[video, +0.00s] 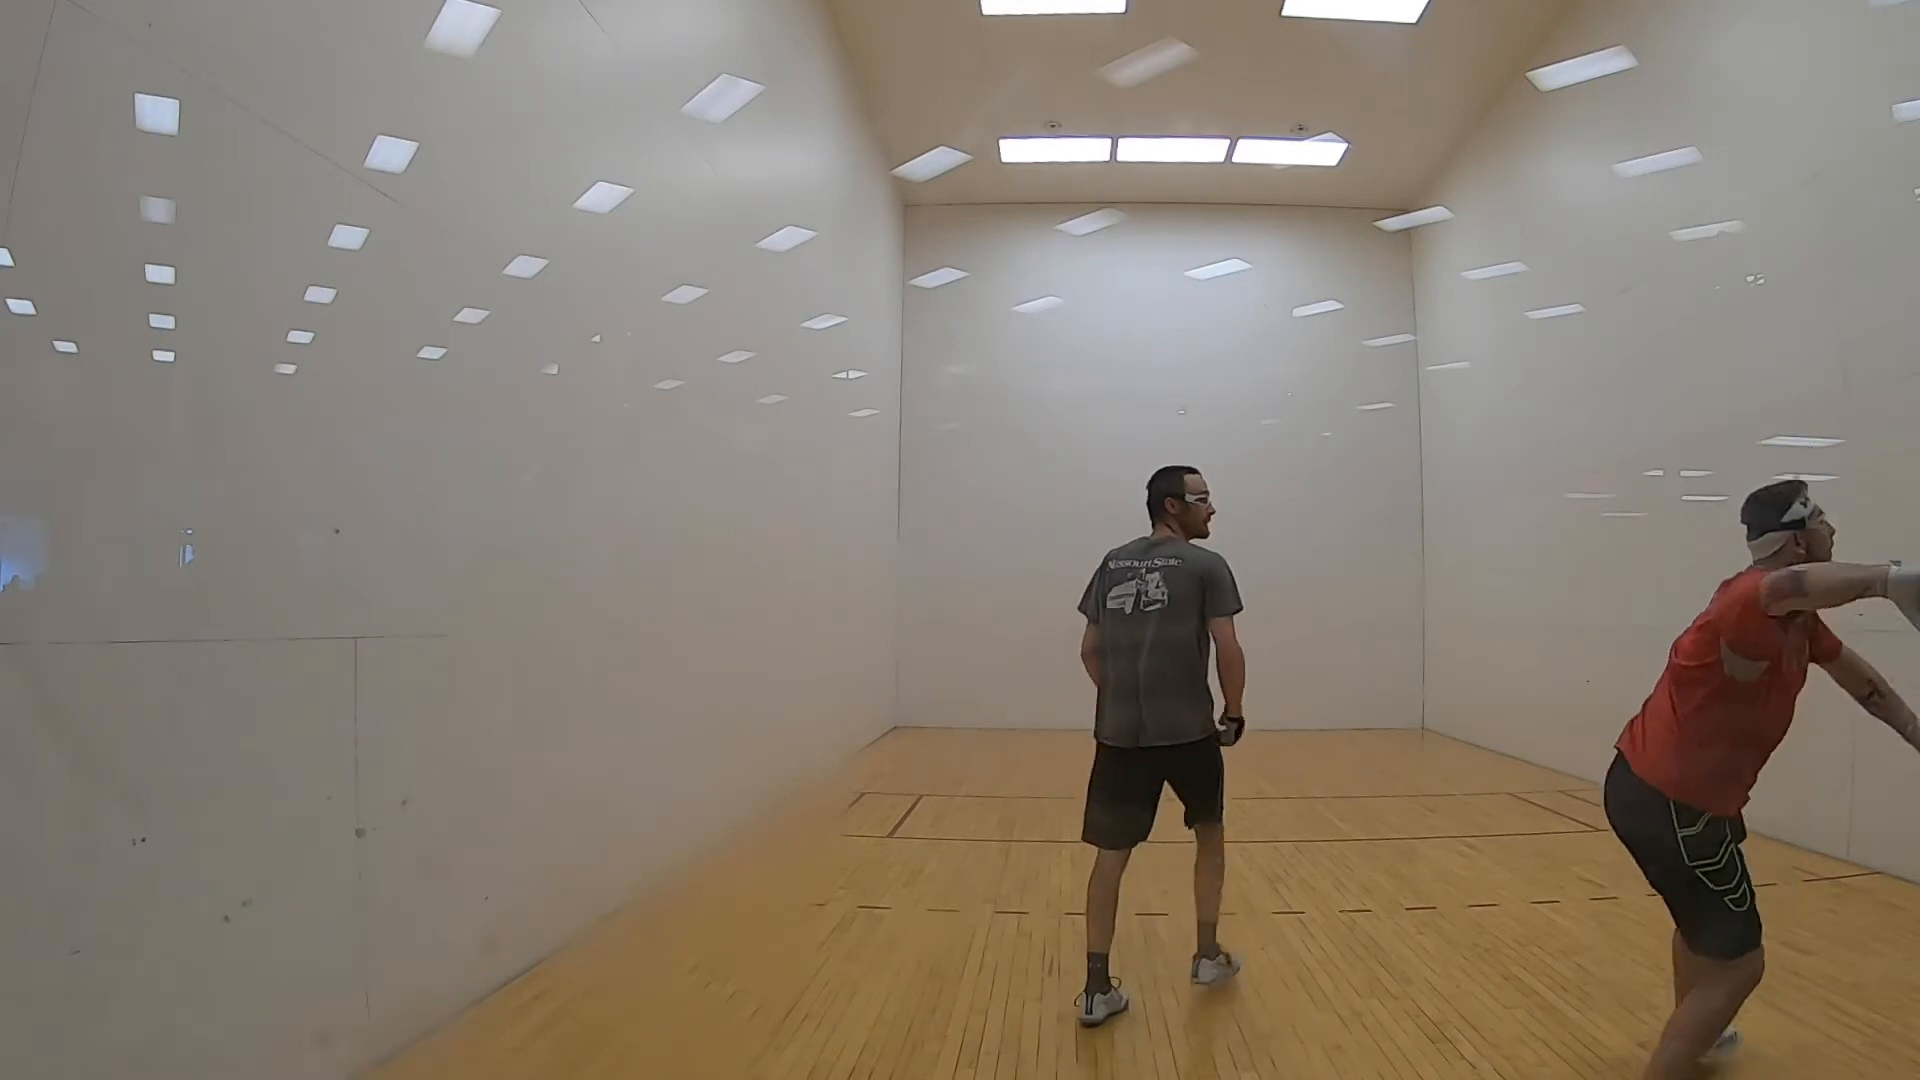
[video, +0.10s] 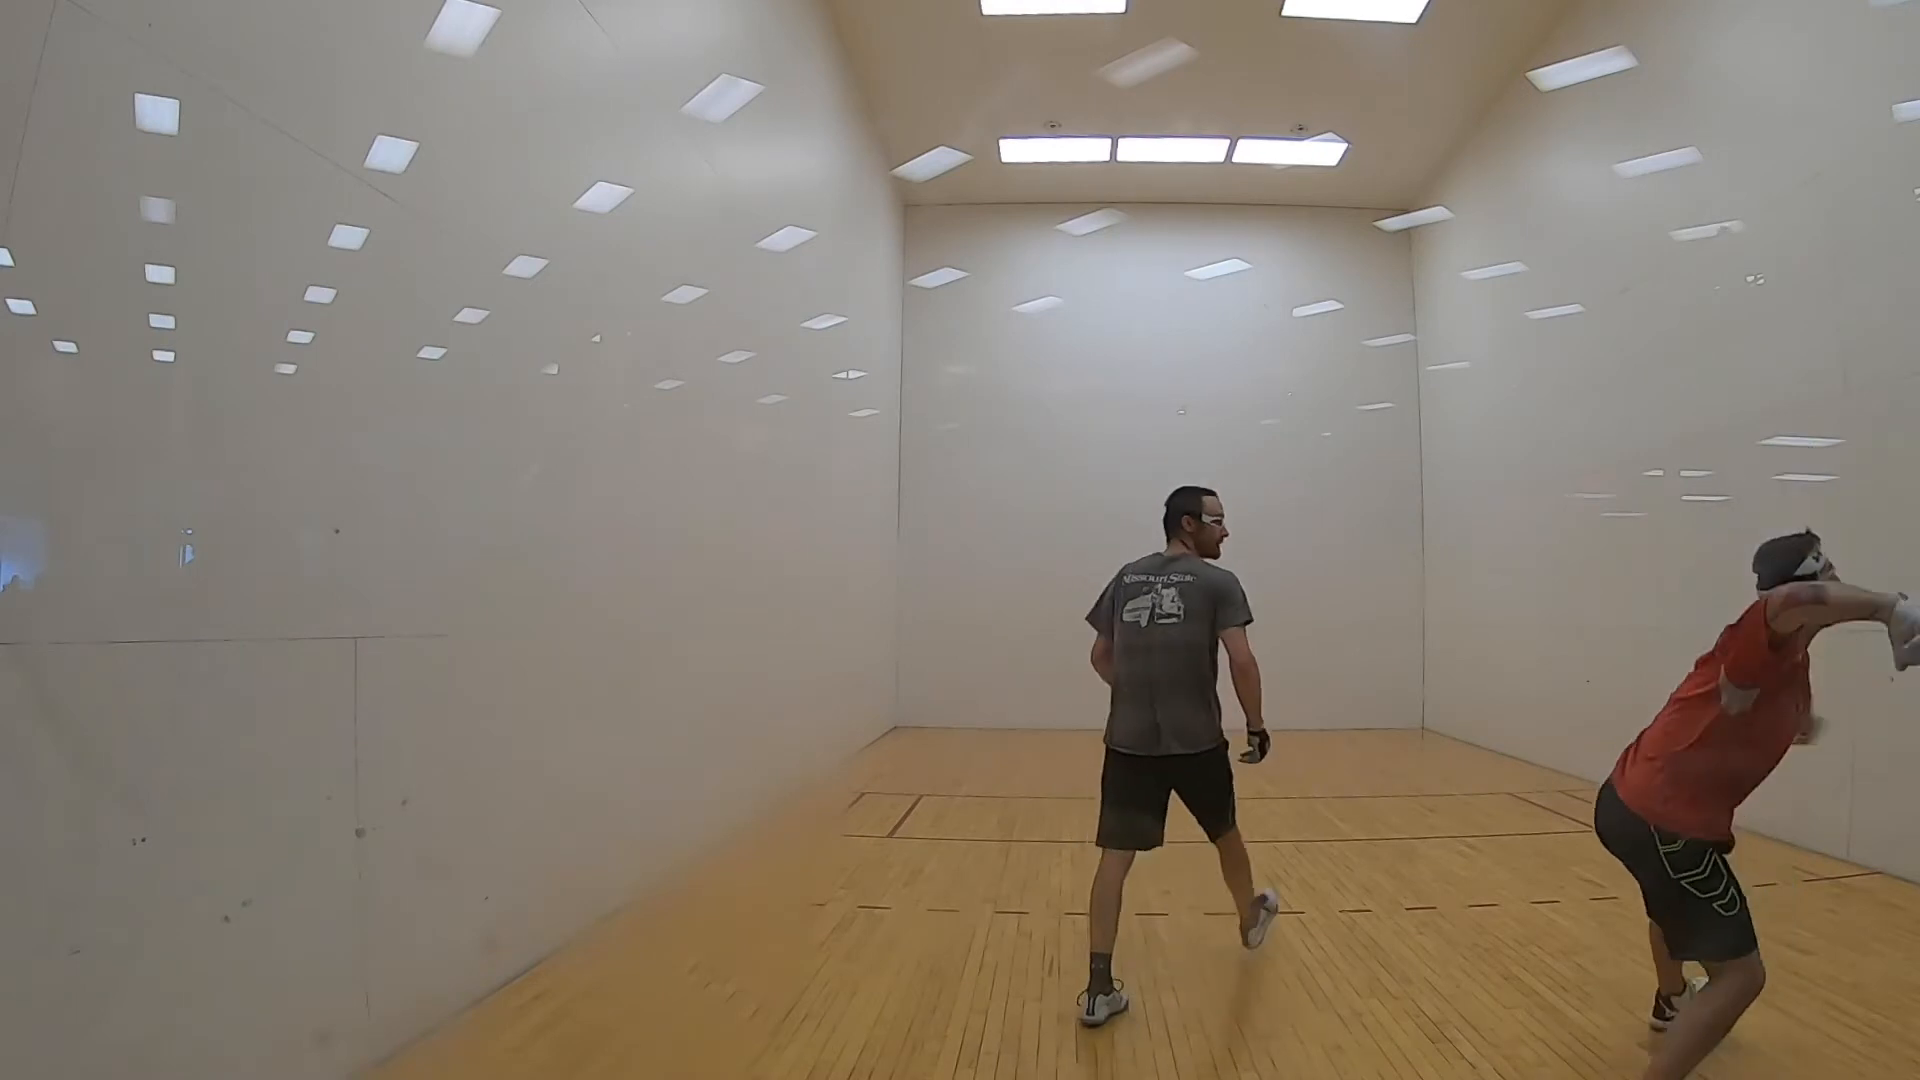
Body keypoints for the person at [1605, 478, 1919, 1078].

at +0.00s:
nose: (1833, 547)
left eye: (1830, 537)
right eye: (1826, 537)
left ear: (1778, 546)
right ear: (1796, 546)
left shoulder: (1800, 622)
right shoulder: (1749, 597)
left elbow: (1867, 686)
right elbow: (1793, 583)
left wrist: (1915, 732)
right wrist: (1893, 579)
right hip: (1671, 806)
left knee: (1703, 925)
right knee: (1739, 966)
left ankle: (1694, 1033)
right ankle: (1666, 1067)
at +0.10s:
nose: (1837, 578)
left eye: (1831, 570)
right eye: (1829, 572)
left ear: (1787, 589)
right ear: (1812, 583)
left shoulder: (1790, 651)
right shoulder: (1760, 638)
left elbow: (1762, 708)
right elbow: (1786, 601)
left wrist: (1796, 726)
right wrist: (1891, 607)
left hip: (1633, 799)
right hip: (1666, 829)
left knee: (1665, 904)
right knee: (1743, 976)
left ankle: (1670, 999)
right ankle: (1658, 1075)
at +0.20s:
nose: (1848, 621)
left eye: (1842, 612)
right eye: (1840, 616)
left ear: (1786, 627)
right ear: (1820, 634)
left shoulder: (1743, 648)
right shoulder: (1774, 698)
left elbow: (1681, 662)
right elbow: (1832, 737)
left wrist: (1640, 698)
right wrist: (1893, 676)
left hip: (1622, 808)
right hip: (1675, 847)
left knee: (1678, 907)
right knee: (1717, 989)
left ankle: (1674, 1000)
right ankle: (1655, 1074)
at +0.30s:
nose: (1831, 641)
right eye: (1834, 633)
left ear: (1781, 609)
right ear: (1825, 637)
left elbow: (1625, 662)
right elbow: (1839, 797)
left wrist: (1597, 716)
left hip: (1628, 814)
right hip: (1692, 855)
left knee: (1675, 894)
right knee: (1704, 974)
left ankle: (1674, 997)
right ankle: (1673, 1047)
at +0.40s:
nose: (1794, 607)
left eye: (1772, 591)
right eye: (1808, 602)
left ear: (1761, 589)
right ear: (1813, 609)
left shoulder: (1713, 628)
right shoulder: (1801, 680)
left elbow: (1644, 687)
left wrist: (1611, 724)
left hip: (1655, 806)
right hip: (1721, 832)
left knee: (1663, 900)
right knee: (1710, 949)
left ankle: (1678, 998)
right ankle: (1686, 1015)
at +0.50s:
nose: (1740, 571)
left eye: (1741, 563)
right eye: (1755, 566)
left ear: (1739, 565)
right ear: (1788, 579)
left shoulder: (1721, 618)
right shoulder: (1784, 638)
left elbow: (1680, 685)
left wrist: (1616, 713)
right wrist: (1648, 602)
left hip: (1686, 792)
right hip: (1747, 806)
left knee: (1661, 887)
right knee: (1723, 919)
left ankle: (1693, 992)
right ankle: (1746, 993)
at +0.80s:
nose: (1716, 534)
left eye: (1716, 526)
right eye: (1723, 527)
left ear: (1719, 529)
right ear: (1766, 534)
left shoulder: (1724, 585)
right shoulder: (1779, 592)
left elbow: (1723, 660)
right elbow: (1737, 674)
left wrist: (1687, 740)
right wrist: (1673, 650)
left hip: (1732, 759)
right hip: (1781, 761)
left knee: (1681, 859)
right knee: (1772, 867)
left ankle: (1711, 989)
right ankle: (1831, 979)